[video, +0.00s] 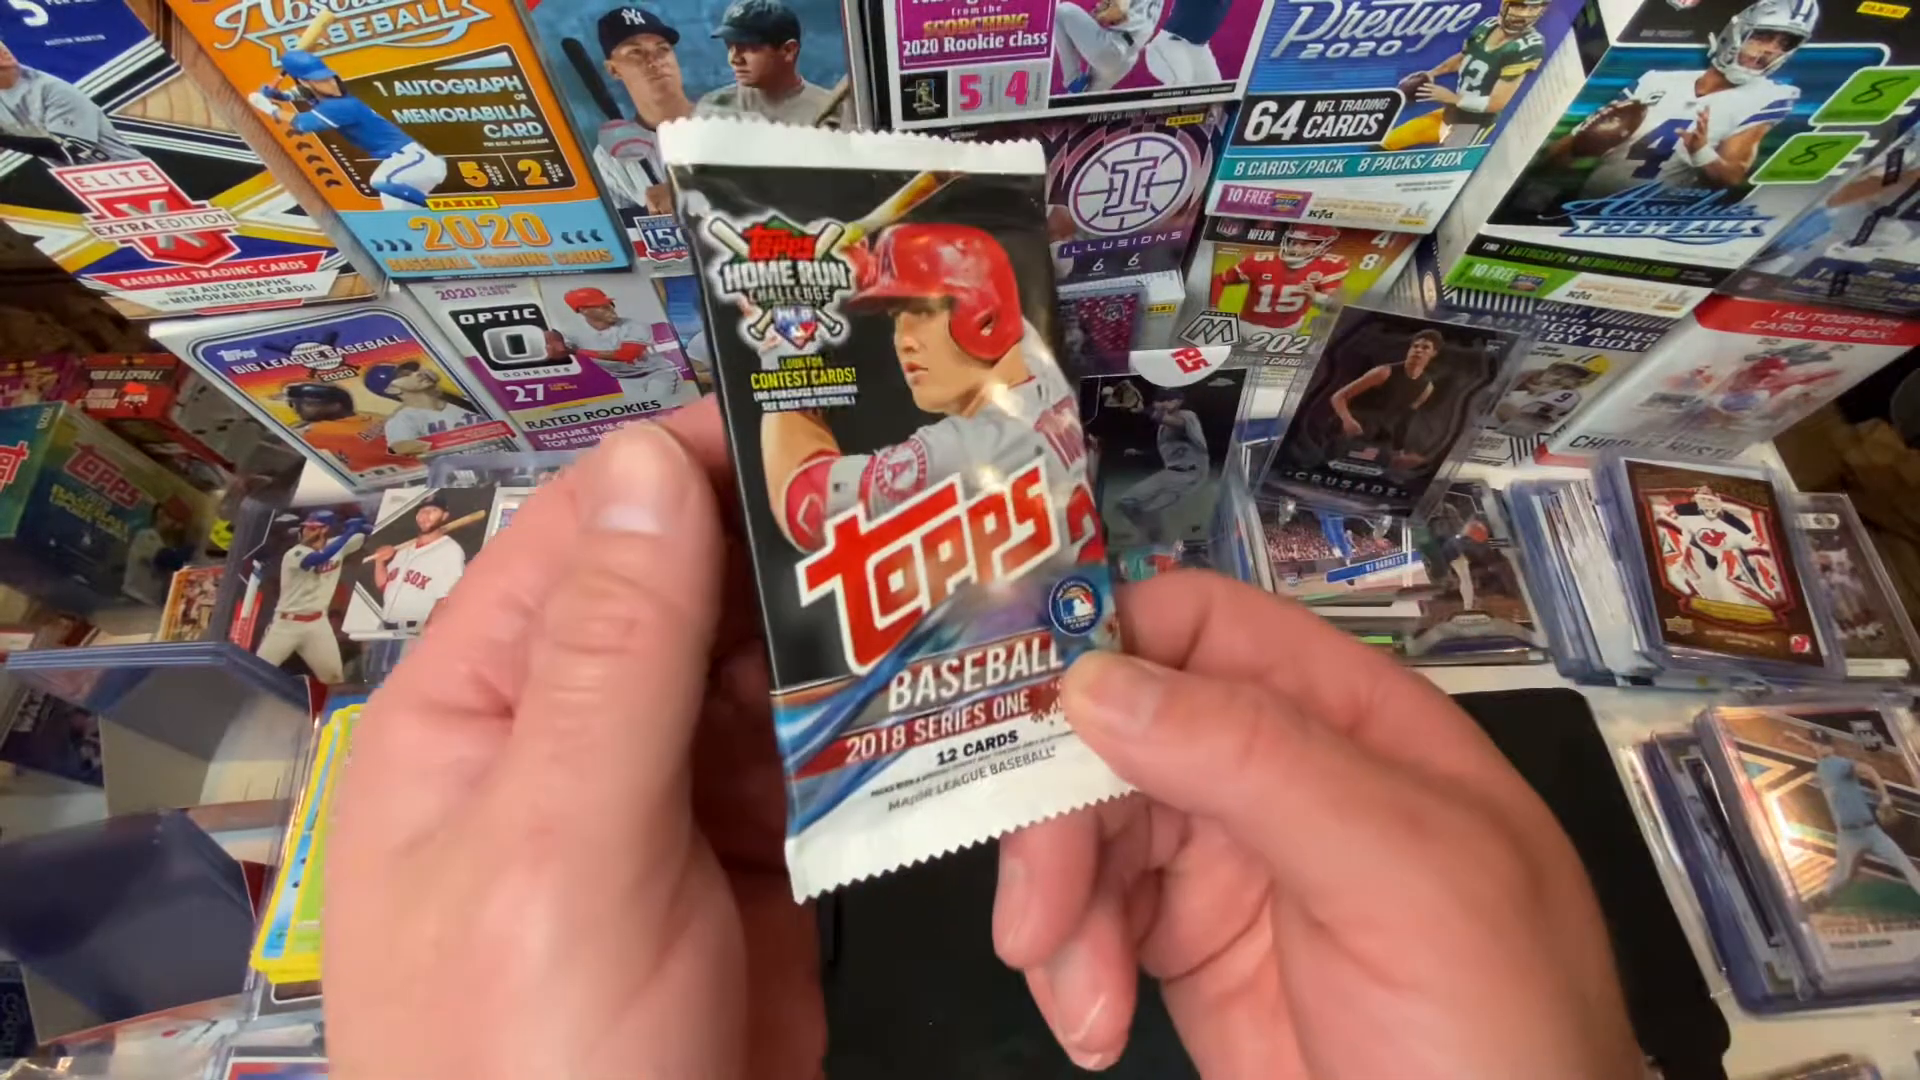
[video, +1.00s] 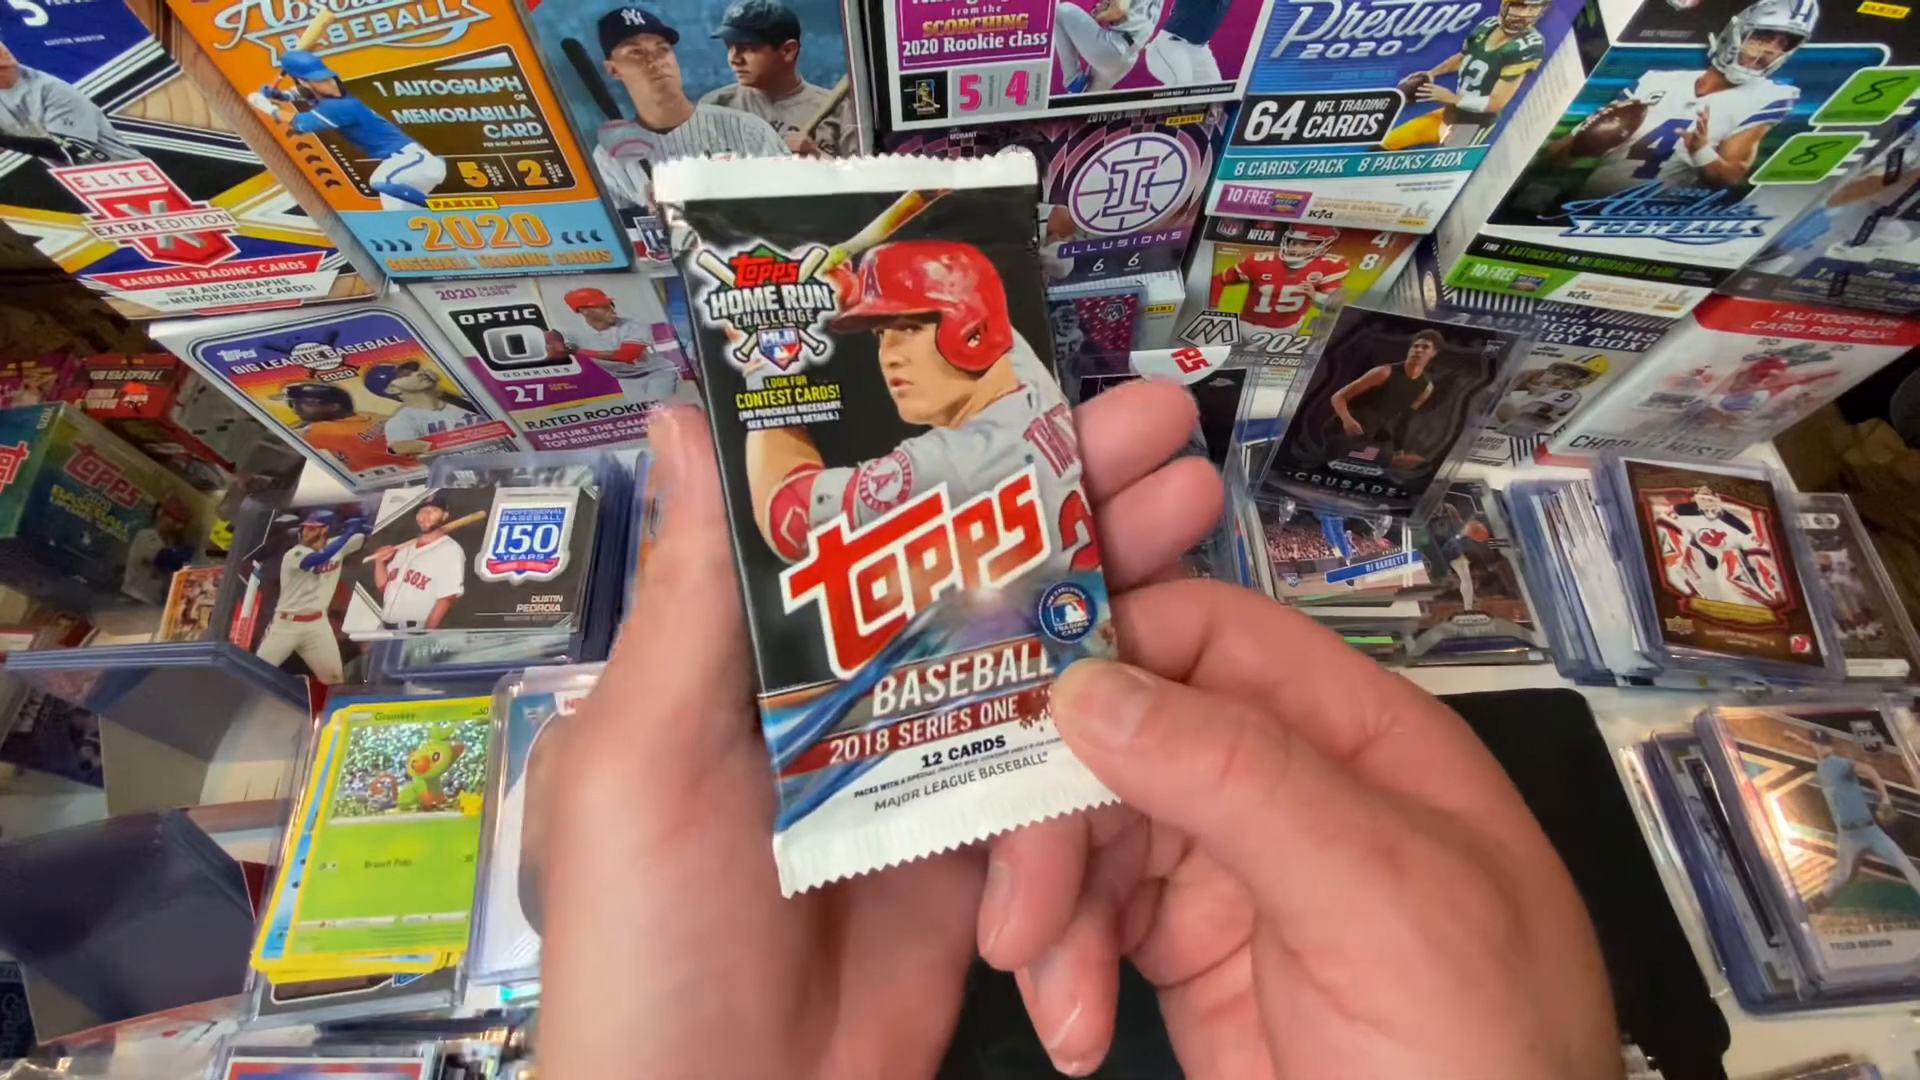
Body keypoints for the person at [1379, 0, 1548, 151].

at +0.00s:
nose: (1520, 13)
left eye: (1529, 7)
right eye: (1515, 5)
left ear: (1541, 11)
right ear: (1503, 5)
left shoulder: (1527, 47)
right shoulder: (1487, 26)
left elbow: (1495, 104)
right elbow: (1464, 58)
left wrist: (1451, 98)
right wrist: (1432, 73)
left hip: (1477, 124)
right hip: (1451, 112)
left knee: (1442, 173)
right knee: (1388, 141)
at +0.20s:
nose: (1521, 13)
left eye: (1531, 7)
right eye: (1516, 5)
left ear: (1541, 11)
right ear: (1503, 5)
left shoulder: (1528, 48)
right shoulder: (1487, 26)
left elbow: (1496, 104)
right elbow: (1464, 58)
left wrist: (1452, 98)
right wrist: (1432, 73)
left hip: (1479, 123)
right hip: (1453, 112)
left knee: (1442, 171)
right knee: (1388, 141)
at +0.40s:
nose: (1522, 13)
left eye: (1531, 7)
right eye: (1516, 5)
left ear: (1541, 10)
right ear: (1503, 5)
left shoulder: (1527, 47)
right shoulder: (1487, 26)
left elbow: (1496, 103)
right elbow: (1464, 58)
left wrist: (1451, 98)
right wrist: (1432, 73)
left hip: (1479, 123)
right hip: (1453, 111)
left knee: (1443, 170)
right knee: (1389, 141)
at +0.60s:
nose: (1522, 13)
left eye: (1531, 6)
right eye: (1516, 4)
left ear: (1542, 10)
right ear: (1504, 4)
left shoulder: (1528, 46)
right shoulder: (1487, 25)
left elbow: (1496, 103)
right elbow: (1464, 57)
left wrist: (1451, 97)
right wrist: (1432, 73)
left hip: (1477, 123)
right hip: (1452, 111)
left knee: (1442, 173)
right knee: (1388, 141)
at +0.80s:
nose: (1521, 13)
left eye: (1531, 7)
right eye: (1516, 5)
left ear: (1541, 11)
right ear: (1503, 5)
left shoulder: (1528, 47)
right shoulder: (1487, 26)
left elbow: (1496, 103)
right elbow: (1464, 57)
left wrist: (1450, 98)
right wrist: (1432, 73)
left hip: (1477, 124)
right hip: (1451, 112)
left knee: (1442, 174)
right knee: (1388, 141)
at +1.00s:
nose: (1521, 13)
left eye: (1530, 7)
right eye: (1516, 5)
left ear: (1541, 11)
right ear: (1503, 5)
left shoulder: (1527, 47)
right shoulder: (1487, 26)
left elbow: (1495, 103)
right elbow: (1464, 57)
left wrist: (1450, 98)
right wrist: (1432, 73)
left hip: (1478, 123)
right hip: (1452, 111)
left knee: (1443, 174)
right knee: (1389, 141)